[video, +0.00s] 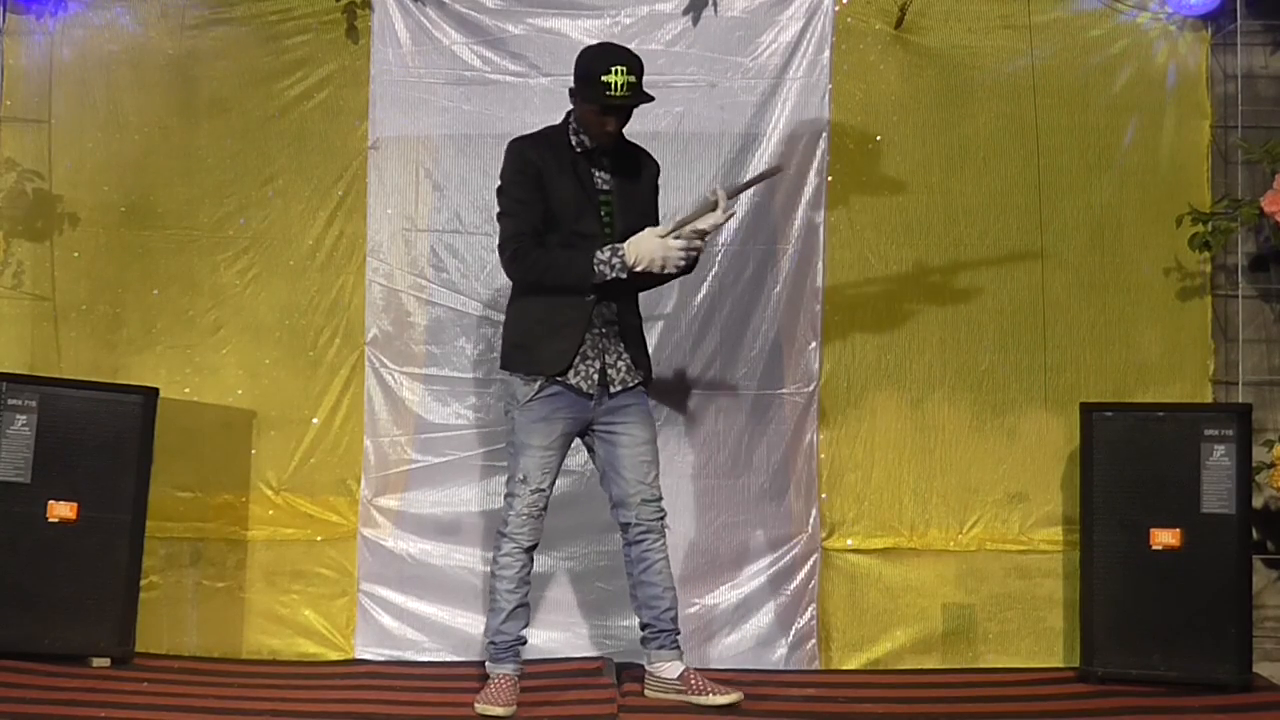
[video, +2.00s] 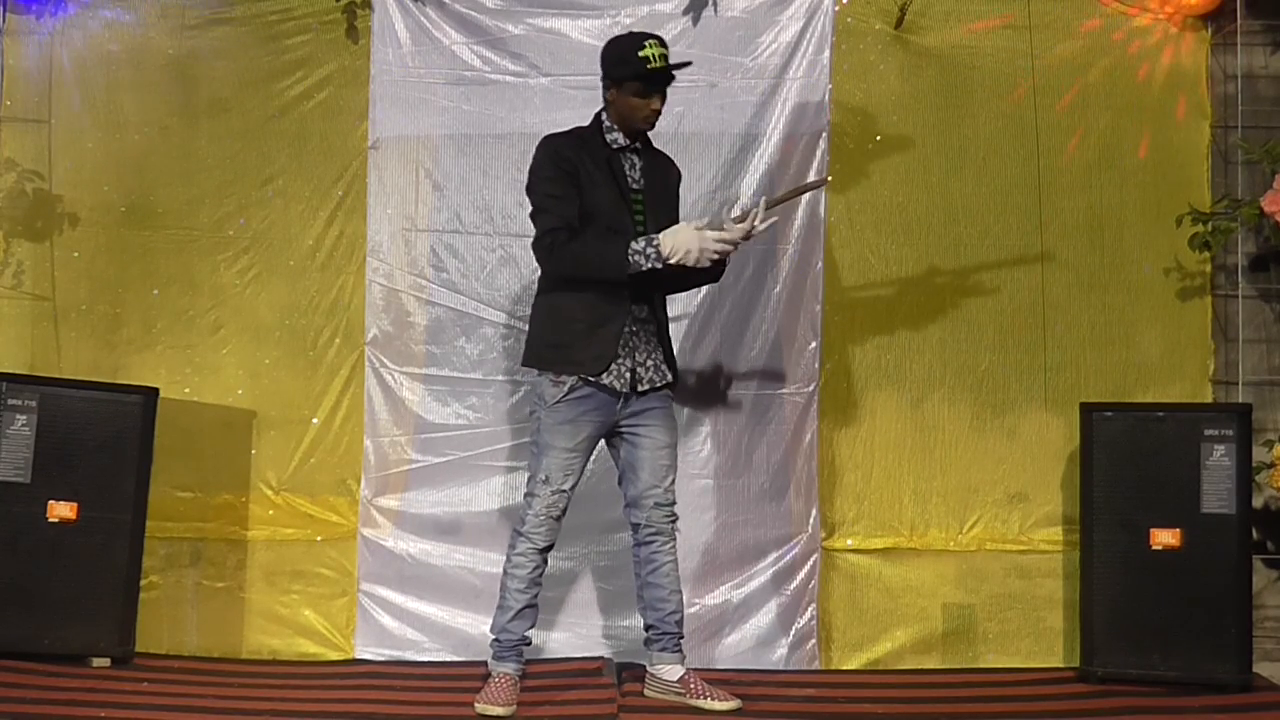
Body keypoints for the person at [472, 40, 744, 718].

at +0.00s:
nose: (616, 121)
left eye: (626, 110)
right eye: (606, 109)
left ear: (635, 104)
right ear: (577, 97)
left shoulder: (640, 167)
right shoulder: (529, 157)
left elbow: (630, 274)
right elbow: (521, 263)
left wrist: (680, 251)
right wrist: (619, 256)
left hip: (622, 375)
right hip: (547, 375)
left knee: (643, 515)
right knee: (523, 522)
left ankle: (666, 668)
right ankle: (502, 671)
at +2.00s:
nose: (660, 104)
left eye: (664, 91)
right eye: (649, 91)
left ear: (659, 92)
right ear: (613, 90)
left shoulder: (662, 173)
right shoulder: (560, 153)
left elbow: (656, 278)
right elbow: (558, 254)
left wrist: (713, 253)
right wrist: (656, 247)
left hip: (647, 372)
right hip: (573, 370)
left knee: (656, 517)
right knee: (542, 518)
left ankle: (666, 667)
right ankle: (505, 666)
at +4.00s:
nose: (646, 121)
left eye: (656, 113)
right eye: (640, 105)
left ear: (658, 115)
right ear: (610, 91)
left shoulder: (651, 170)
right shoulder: (544, 156)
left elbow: (644, 275)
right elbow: (540, 260)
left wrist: (692, 255)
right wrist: (638, 253)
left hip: (636, 376)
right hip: (561, 376)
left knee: (653, 519)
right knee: (532, 525)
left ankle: (666, 671)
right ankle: (503, 672)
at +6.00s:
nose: (671, 125)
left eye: (680, 115)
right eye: (665, 109)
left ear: (675, 114)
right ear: (631, 93)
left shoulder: (657, 171)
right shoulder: (555, 151)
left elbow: (645, 273)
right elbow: (537, 250)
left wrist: (699, 247)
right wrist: (631, 261)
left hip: (638, 374)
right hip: (564, 372)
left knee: (654, 518)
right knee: (533, 521)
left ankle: (666, 670)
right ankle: (502, 669)